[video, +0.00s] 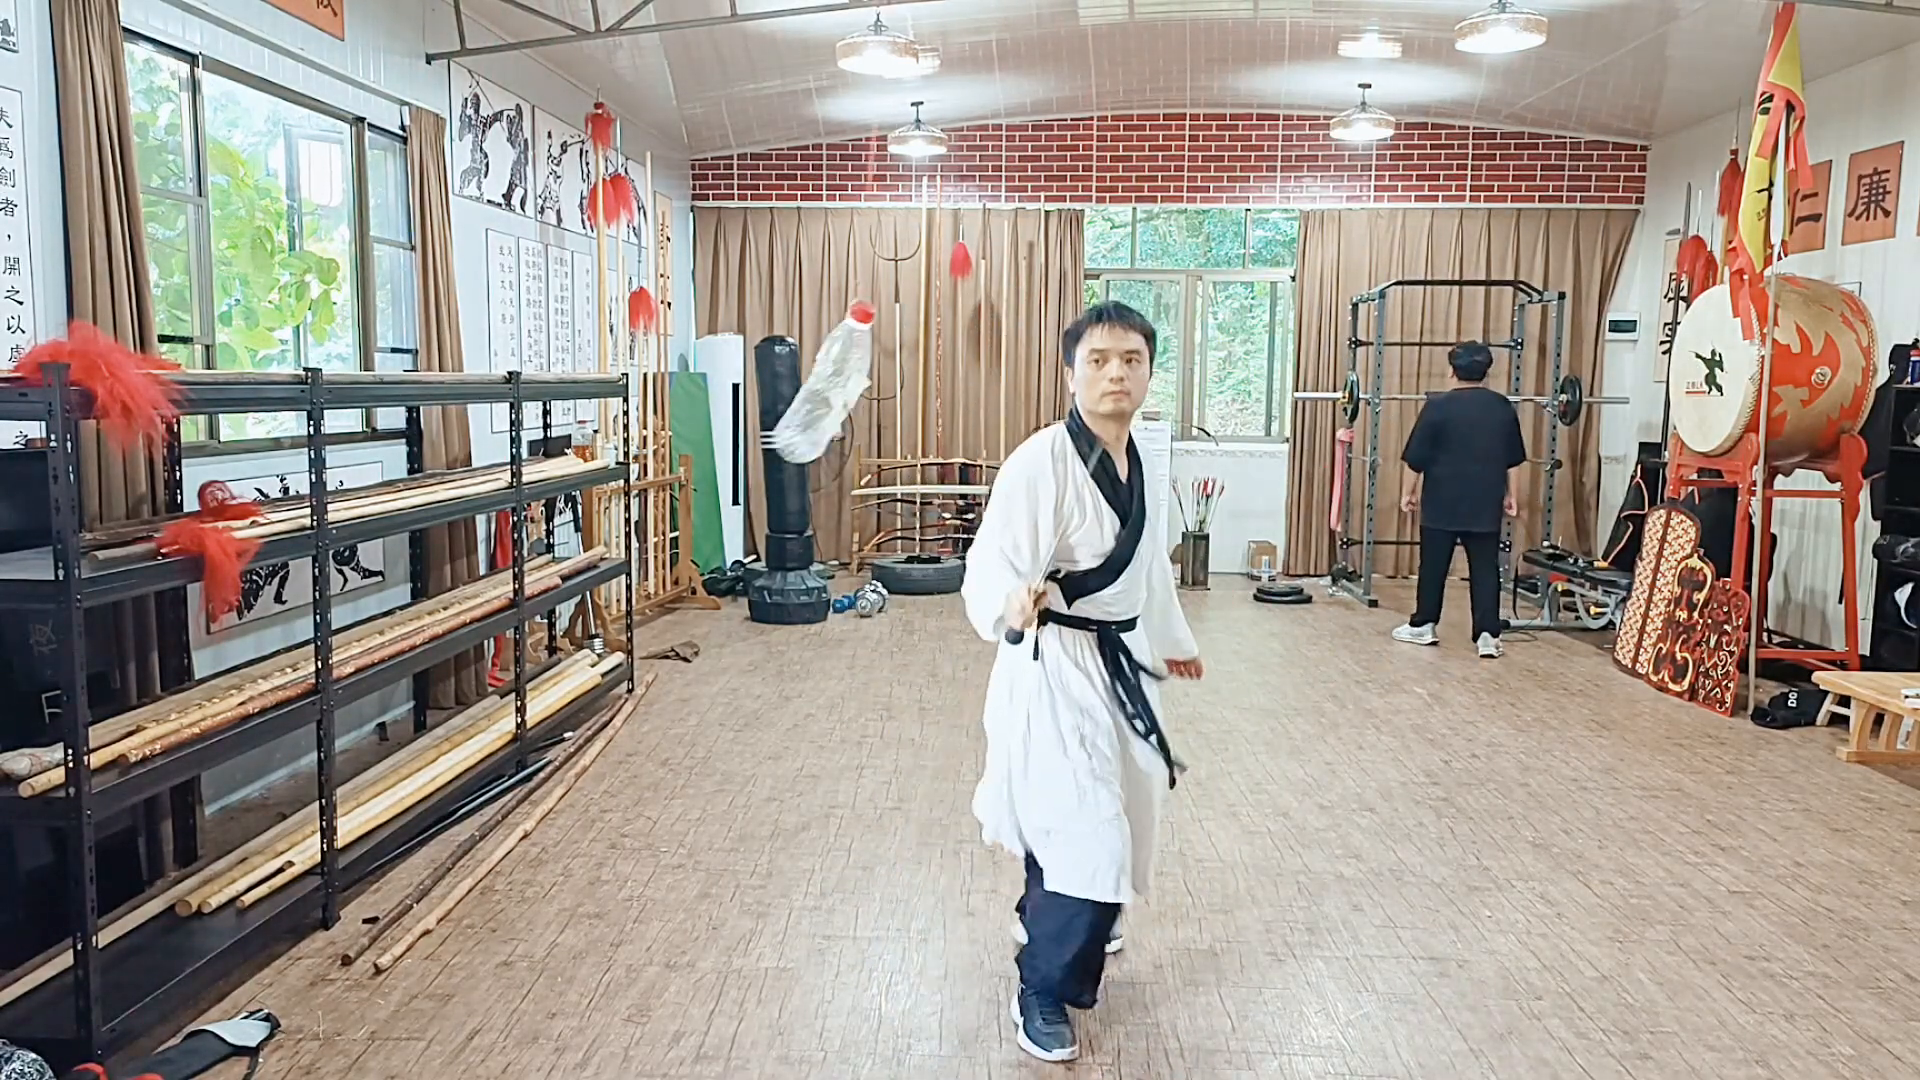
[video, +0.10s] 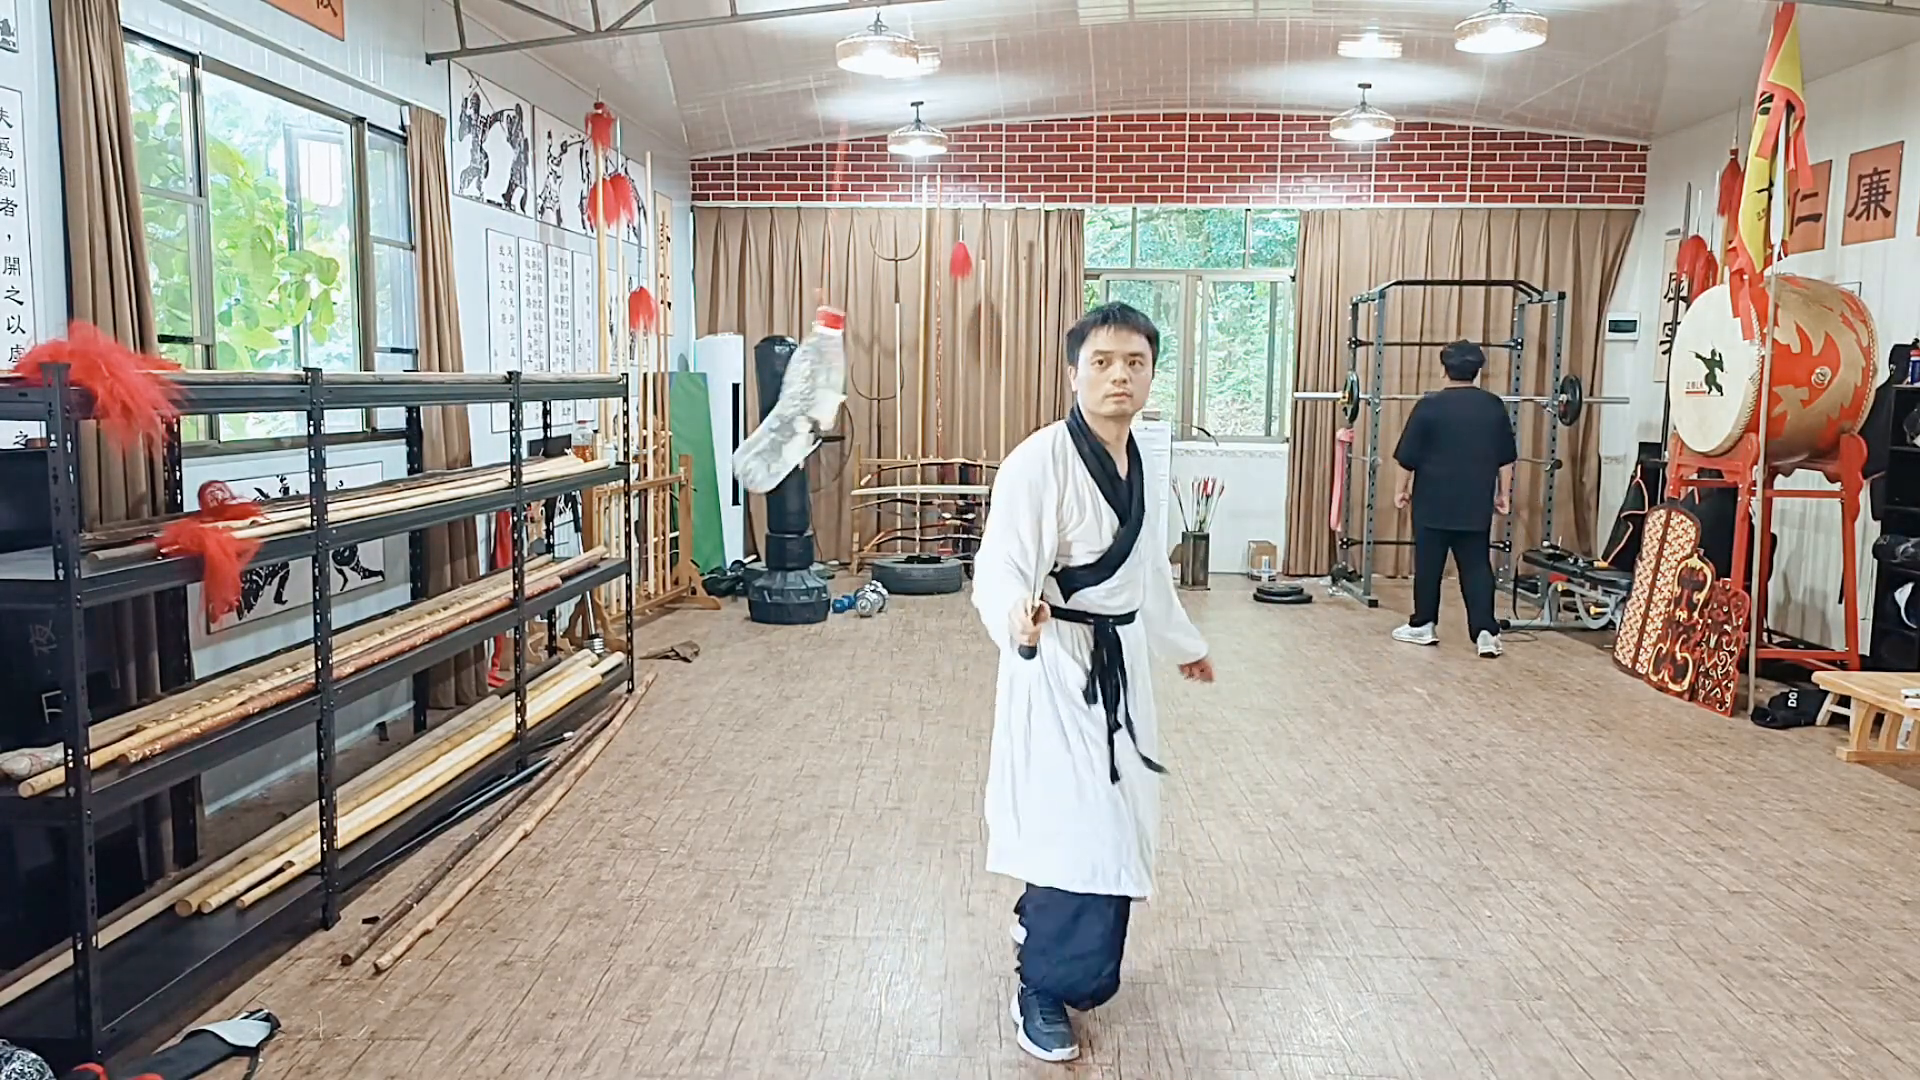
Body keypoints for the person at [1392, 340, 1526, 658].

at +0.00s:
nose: (1448, 372)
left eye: (1450, 368)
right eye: (1452, 367)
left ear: (1454, 371)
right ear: (1485, 372)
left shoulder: (1438, 405)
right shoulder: (1502, 407)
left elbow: (1416, 455)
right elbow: (1514, 457)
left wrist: (1408, 490)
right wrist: (1513, 494)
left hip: (1440, 504)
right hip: (1484, 506)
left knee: (1432, 568)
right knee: (1485, 571)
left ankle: (1422, 626)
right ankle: (1487, 636)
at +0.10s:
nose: (1442, 370)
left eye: (1444, 366)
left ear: (1445, 369)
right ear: (1477, 371)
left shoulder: (1430, 404)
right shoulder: (1492, 405)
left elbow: (1408, 455)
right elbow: (1506, 455)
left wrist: (1401, 488)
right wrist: (1504, 491)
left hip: (1433, 505)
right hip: (1475, 506)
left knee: (1428, 568)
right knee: (1476, 568)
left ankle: (1423, 626)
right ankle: (1485, 633)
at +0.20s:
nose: (1434, 369)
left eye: (1436, 365)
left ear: (1438, 369)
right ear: (1469, 370)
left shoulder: (1422, 404)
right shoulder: (1484, 404)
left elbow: (1400, 454)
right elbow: (1499, 455)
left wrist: (1394, 487)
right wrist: (1496, 490)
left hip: (1425, 504)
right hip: (1467, 505)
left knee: (1422, 566)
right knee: (1468, 564)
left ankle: (1422, 625)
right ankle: (1483, 628)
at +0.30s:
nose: (1429, 370)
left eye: (1430, 366)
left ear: (1431, 369)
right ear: (1463, 370)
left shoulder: (1414, 405)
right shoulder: (1478, 406)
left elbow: (1390, 456)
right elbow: (1491, 457)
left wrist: (1384, 487)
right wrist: (1488, 492)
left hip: (1418, 507)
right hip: (1459, 507)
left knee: (1417, 568)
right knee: (1460, 560)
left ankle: (1422, 626)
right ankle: (1476, 617)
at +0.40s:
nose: (1421, 370)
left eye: (1422, 365)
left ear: (1425, 369)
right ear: (1457, 370)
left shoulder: (1408, 405)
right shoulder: (1472, 407)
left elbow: (1385, 454)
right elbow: (1481, 455)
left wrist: (1375, 488)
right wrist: (1479, 488)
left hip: (1413, 502)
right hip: (1453, 502)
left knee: (1414, 563)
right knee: (1451, 554)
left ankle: (1421, 625)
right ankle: (1466, 611)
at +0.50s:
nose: (1416, 370)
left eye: (1418, 367)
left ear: (1421, 370)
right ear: (1452, 371)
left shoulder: (1404, 405)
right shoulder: (1467, 405)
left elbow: (1380, 453)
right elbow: (1478, 454)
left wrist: (1368, 487)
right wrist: (1477, 487)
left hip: (1409, 502)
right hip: (1451, 501)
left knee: (1412, 562)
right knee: (1447, 553)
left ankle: (1421, 624)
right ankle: (1454, 613)